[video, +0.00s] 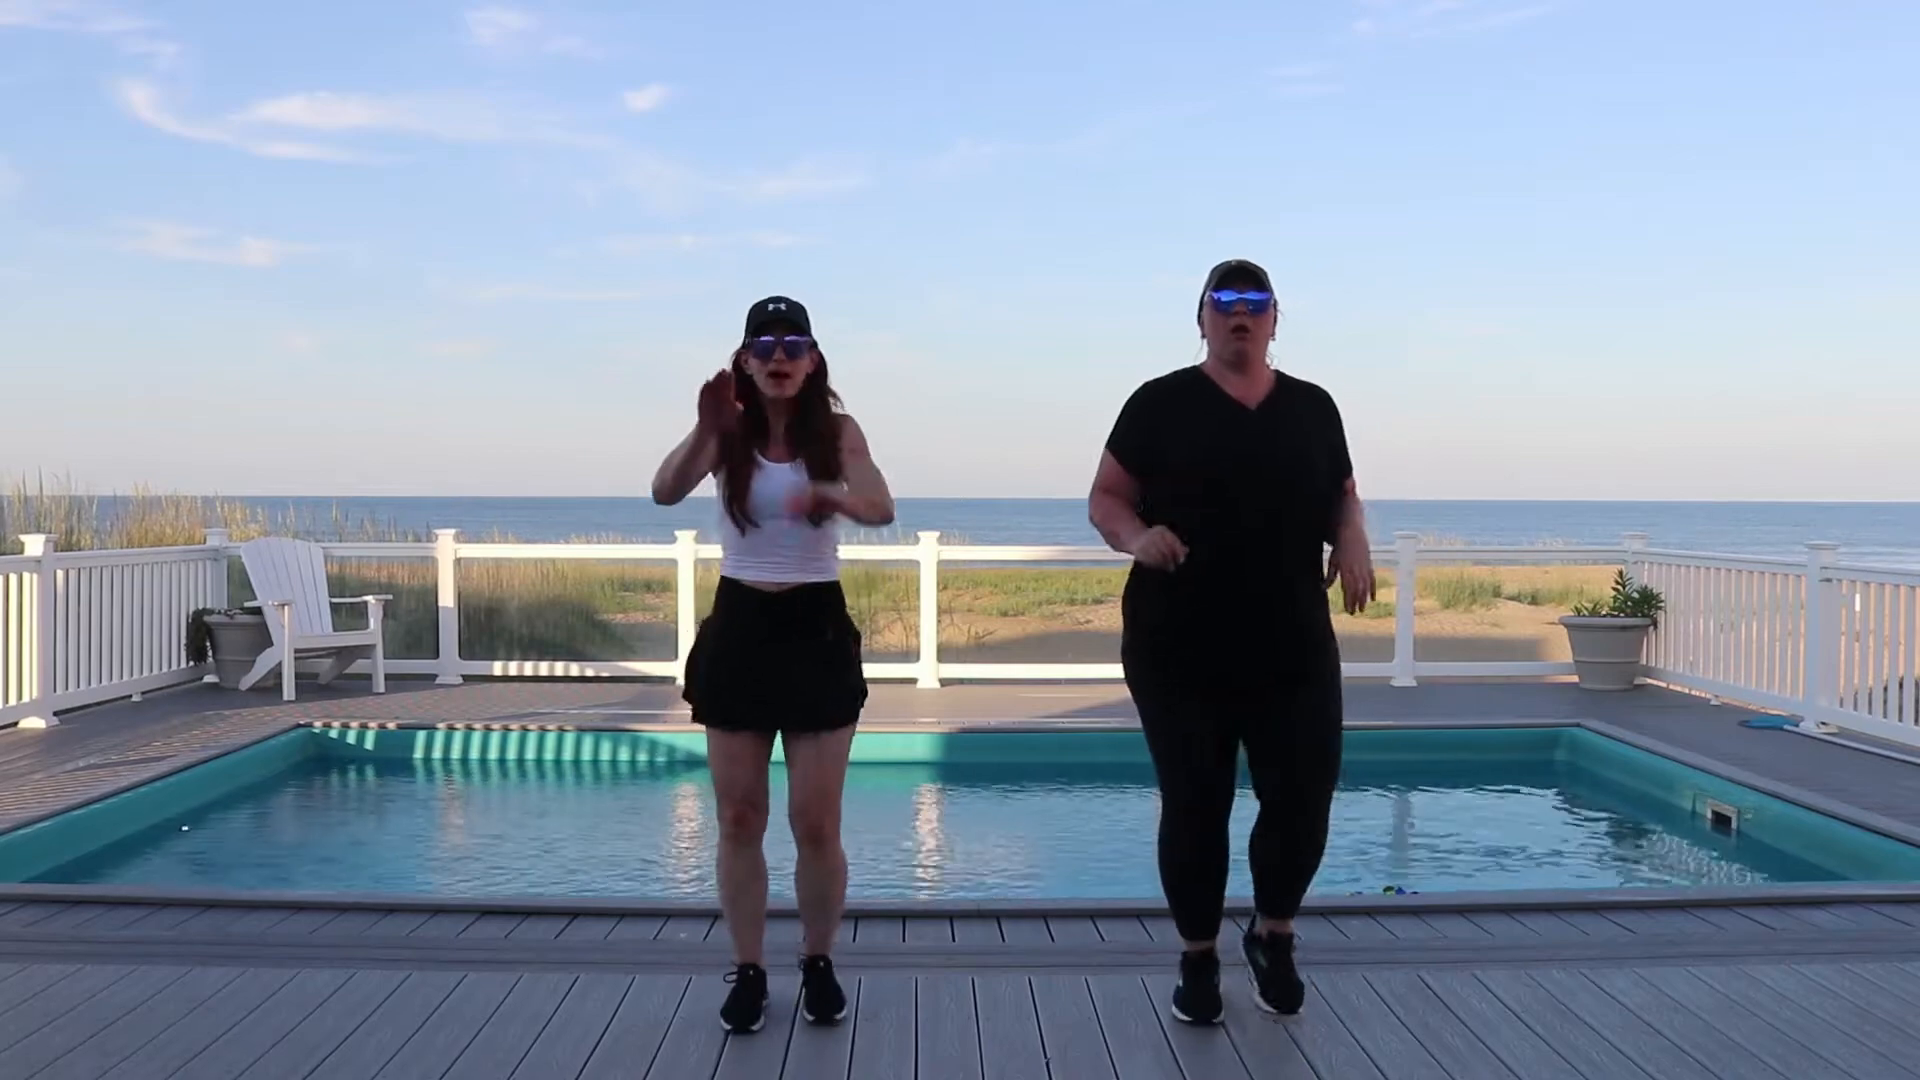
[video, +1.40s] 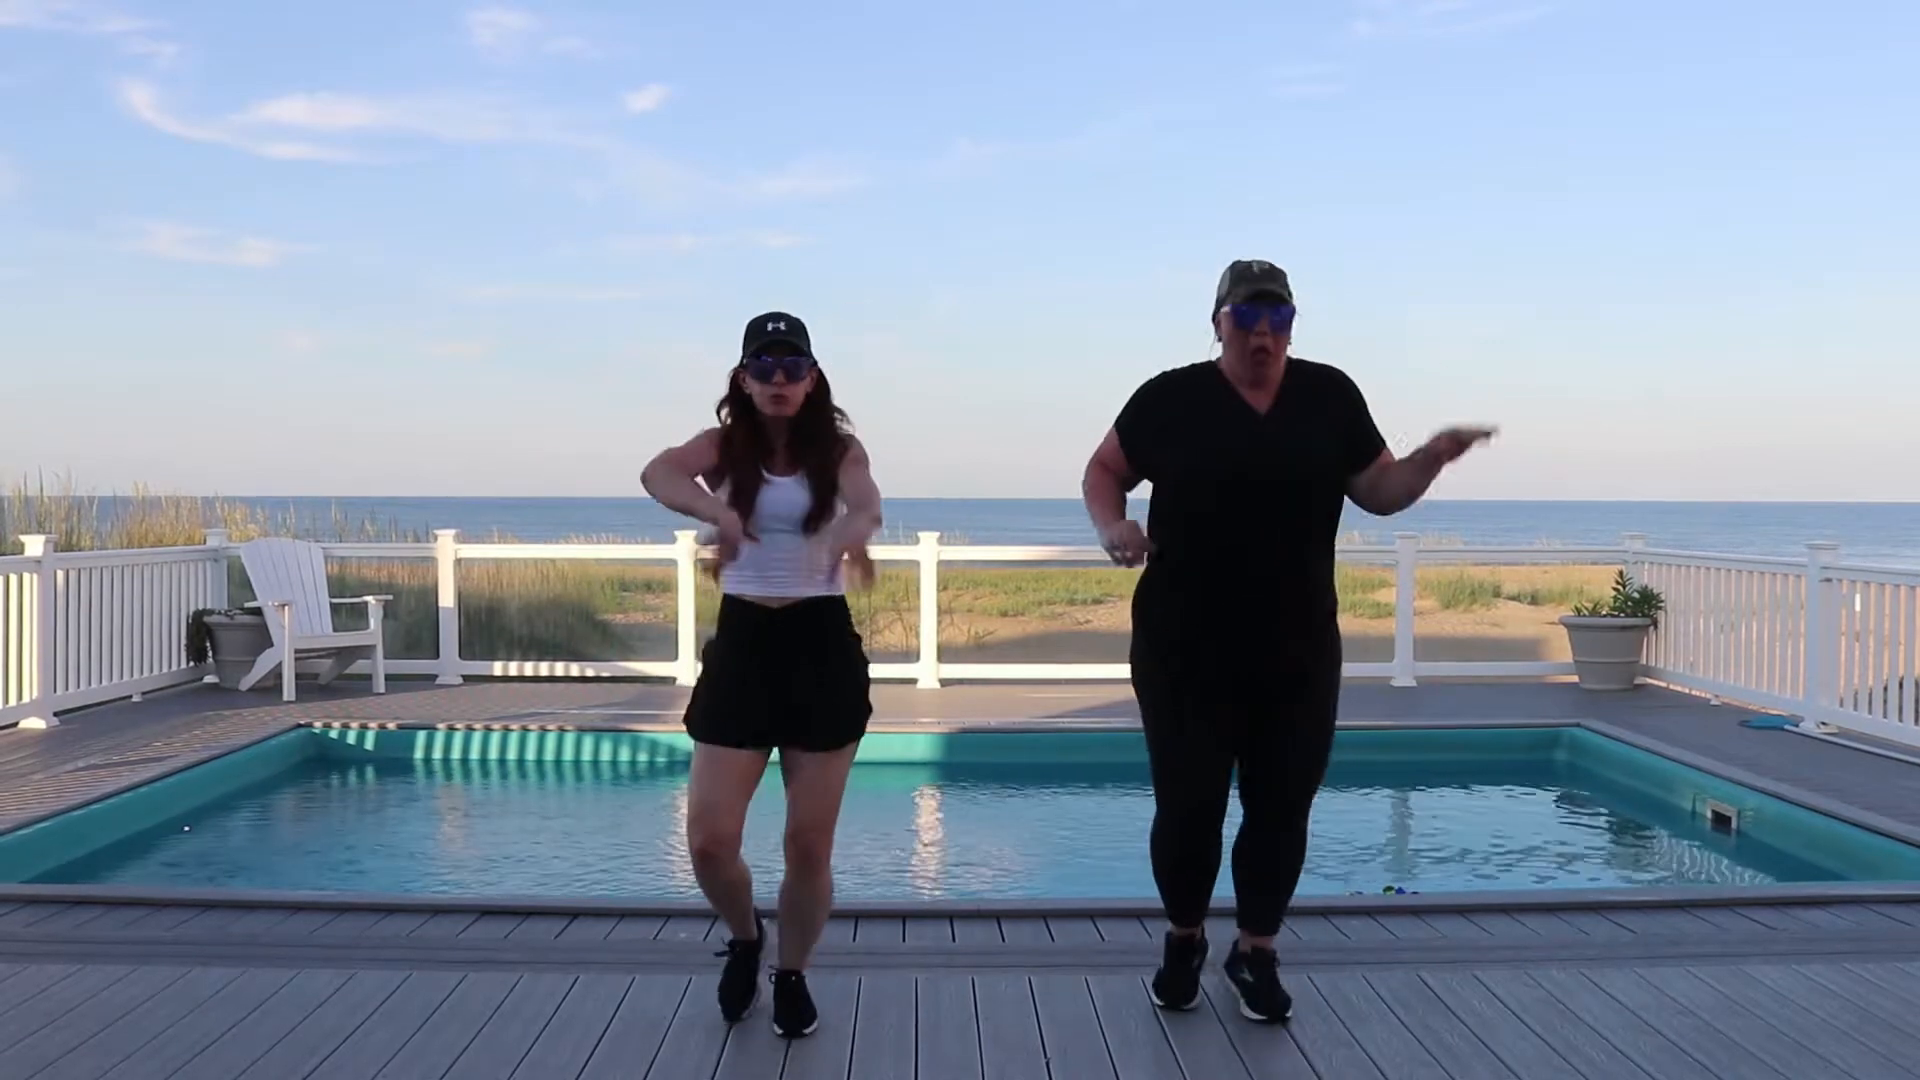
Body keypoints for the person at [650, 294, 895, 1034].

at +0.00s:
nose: (781, 360)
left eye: (795, 347)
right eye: (766, 349)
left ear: (814, 356)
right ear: (745, 360)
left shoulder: (836, 429)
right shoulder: (726, 432)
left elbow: (880, 506)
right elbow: (665, 493)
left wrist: (837, 498)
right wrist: (707, 431)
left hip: (818, 629)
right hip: (738, 629)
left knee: (815, 823)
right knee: (740, 816)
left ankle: (818, 963)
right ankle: (747, 972)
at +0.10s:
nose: (787, 361)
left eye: (800, 350)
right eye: (772, 351)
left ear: (820, 361)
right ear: (752, 363)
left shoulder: (845, 442)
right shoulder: (728, 439)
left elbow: (891, 542)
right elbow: (660, 516)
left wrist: (854, 603)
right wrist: (692, 476)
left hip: (825, 635)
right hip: (745, 633)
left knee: (824, 829)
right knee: (737, 824)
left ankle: (818, 966)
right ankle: (747, 970)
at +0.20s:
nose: (793, 364)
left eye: (807, 355)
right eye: (779, 355)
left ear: (826, 367)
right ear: (757, 366)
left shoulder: (849, 445)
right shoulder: (732, 442)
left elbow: (911, 543)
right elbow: (666, 512)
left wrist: (909, 618)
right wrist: (652, 541)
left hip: (829, 639)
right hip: (748, 637)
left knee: (829, 826)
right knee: (734, 821)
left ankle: (819, 965)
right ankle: (750, 956)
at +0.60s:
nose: (782, 385)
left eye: (795, 372)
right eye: (767, 372)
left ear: (814, 380)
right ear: (744, 380)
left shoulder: (830, 456)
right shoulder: (714, 453)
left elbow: (861, 525)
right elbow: (677, 554)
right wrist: (716, 621)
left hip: (809, 647)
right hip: (731, 647)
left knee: (822, 833)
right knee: (732, 838)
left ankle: (811, 977)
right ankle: (763, 970)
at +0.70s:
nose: (779, 373)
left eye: (793, 358)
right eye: (765, 359)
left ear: (813, 366)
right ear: (744, 366)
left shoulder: (822, 436)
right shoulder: (715, 435)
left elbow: (852, 490)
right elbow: (682, 527)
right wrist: (768, 548)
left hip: (806, 637)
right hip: (727, 638)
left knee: (807, 819)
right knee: (732, 827)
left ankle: (798, 990)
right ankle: (763, 969)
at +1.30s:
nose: (779, 364)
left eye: (793, 351)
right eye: (764, 352)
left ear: (812, 362)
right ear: (742, 361)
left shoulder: (829, 432)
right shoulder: (720, 429)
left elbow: (852, 499)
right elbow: (667, 500)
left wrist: (854, 412)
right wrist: (768, 526)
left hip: (813, 636)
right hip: (733, 637)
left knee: (802, 827)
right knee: (731, 839)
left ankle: (792, 973)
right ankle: (759, 953)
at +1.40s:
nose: (782, 381)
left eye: (795, 368)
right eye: (767, 368)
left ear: (814, 376)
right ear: (744, 378)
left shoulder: (839, 449)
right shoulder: (727, 443)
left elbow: (867, 509)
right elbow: (659, 473)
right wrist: (718, 513)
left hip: (823, 652)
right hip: (742, 651)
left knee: (809, 845)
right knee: (708, 843)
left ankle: (793, 972)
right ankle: (747, 937)